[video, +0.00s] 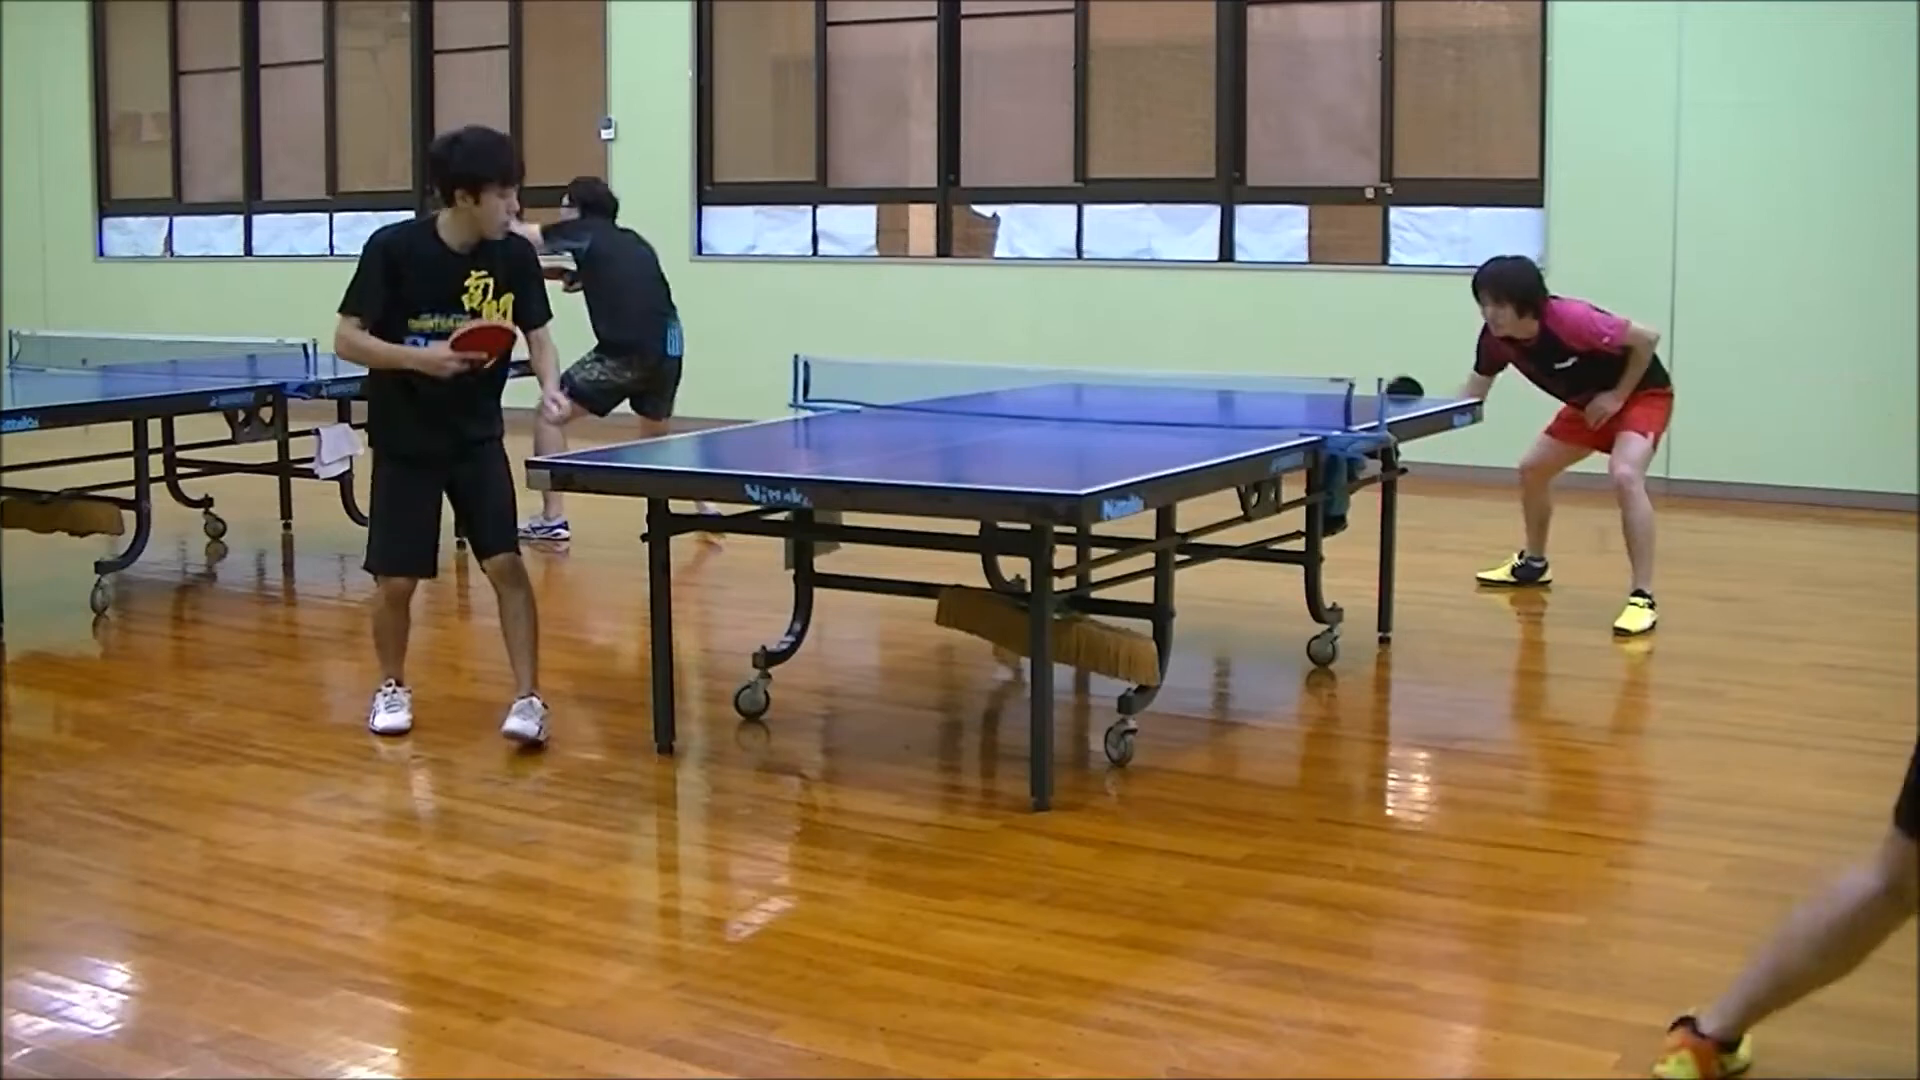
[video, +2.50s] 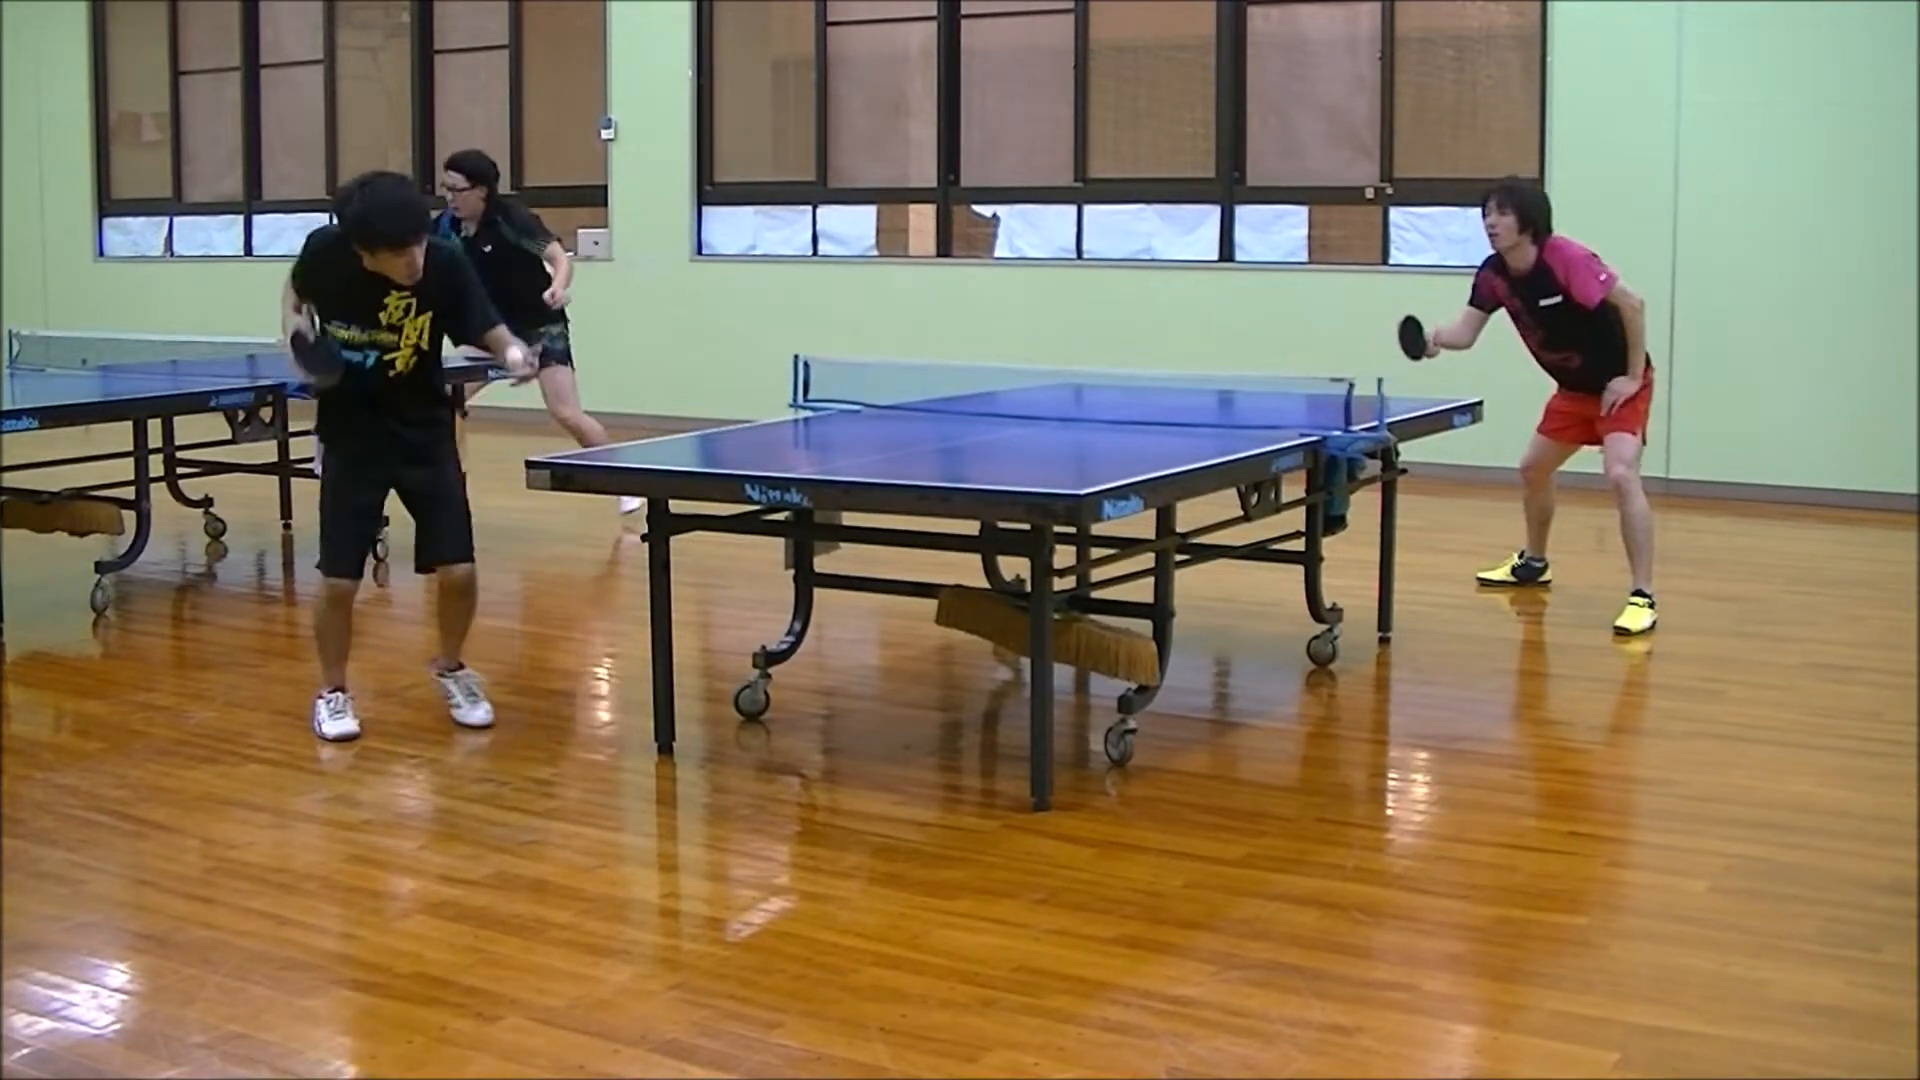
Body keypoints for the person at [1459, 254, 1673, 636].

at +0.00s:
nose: (1488, 313)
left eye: (1497, 304)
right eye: (1484, 304)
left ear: (1524, 305)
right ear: (1481, 304)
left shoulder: (1571, 321)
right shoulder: (1495, 336)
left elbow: (1646, 338)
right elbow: (1475, 388)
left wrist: (1619, 394)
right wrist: (1439, 419)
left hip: (1643, 393)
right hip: (1589, 400)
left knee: (1625, 475)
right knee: (1533, 471)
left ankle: (1642, 598)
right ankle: (1533, 563)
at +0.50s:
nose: (1491, 329)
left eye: (1498, 320)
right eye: (1487, 321)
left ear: (1527, 316)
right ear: (1484, 319)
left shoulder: (1571, 325)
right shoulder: (1494, 332)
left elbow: (1589, 401)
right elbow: (1451, 379)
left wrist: (1523, 385)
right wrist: (1416, 384)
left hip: (1645, 392)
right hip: (1592, 401)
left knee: (1629, 474)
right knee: (1533, 470)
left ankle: (1643, 597)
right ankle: (1534, 562)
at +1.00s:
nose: (1481, 302)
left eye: (1490, 291)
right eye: (1475, 293)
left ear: (1519, 292)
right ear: (1471, 296)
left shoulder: (1562, 314)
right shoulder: (1489, 330)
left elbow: (1604, 381)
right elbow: (1451, 381)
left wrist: (1534, 392)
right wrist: (1415, 385)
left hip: (1641, 389)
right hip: (1589, 396)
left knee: (1626, 473)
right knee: (1535, 471)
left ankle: (1642, 597)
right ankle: (1534, 563)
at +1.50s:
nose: (1480, 291)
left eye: (1488, 280)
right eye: (1474, 283)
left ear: (1516, 281)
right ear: (1472, 286)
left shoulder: (1562, 302)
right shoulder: (1488, 323)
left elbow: (1640, 327)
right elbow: (1451, 373)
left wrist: (1655, 380)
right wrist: (1415, 381)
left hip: (1634, 386)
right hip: (1585, 396)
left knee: (1626, 475)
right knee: (1536, 470)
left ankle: (1642, 597)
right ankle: (1534, 563)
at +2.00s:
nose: (1480, 290)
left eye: (1489, 279)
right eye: (1475, 281)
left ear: (1517, 280)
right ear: (1473, 284)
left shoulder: (1561, 300)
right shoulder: (1489, 321)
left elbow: (1637, 329)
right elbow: (1451, 370)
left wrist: (1657, 381)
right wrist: (1414, 381)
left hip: (1635, 387)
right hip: (1586, 396)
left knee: (1627, 475)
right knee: (1536, 470)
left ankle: (1642, 597)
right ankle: (1534, 563)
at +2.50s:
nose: (1491, 224)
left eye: (1502, 215)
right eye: (1487, 215)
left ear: (1529, 221)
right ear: (1485, 221)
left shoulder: (1565, 258)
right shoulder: (1493, 273)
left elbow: (1632, 305)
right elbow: (1465, 333)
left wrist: (1634, 374)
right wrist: (1434, 337)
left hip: (1622, 381)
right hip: (1573, 387)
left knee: (1620, 473)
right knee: (1534, 469)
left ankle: (1642, 596)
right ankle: (1533, 562)